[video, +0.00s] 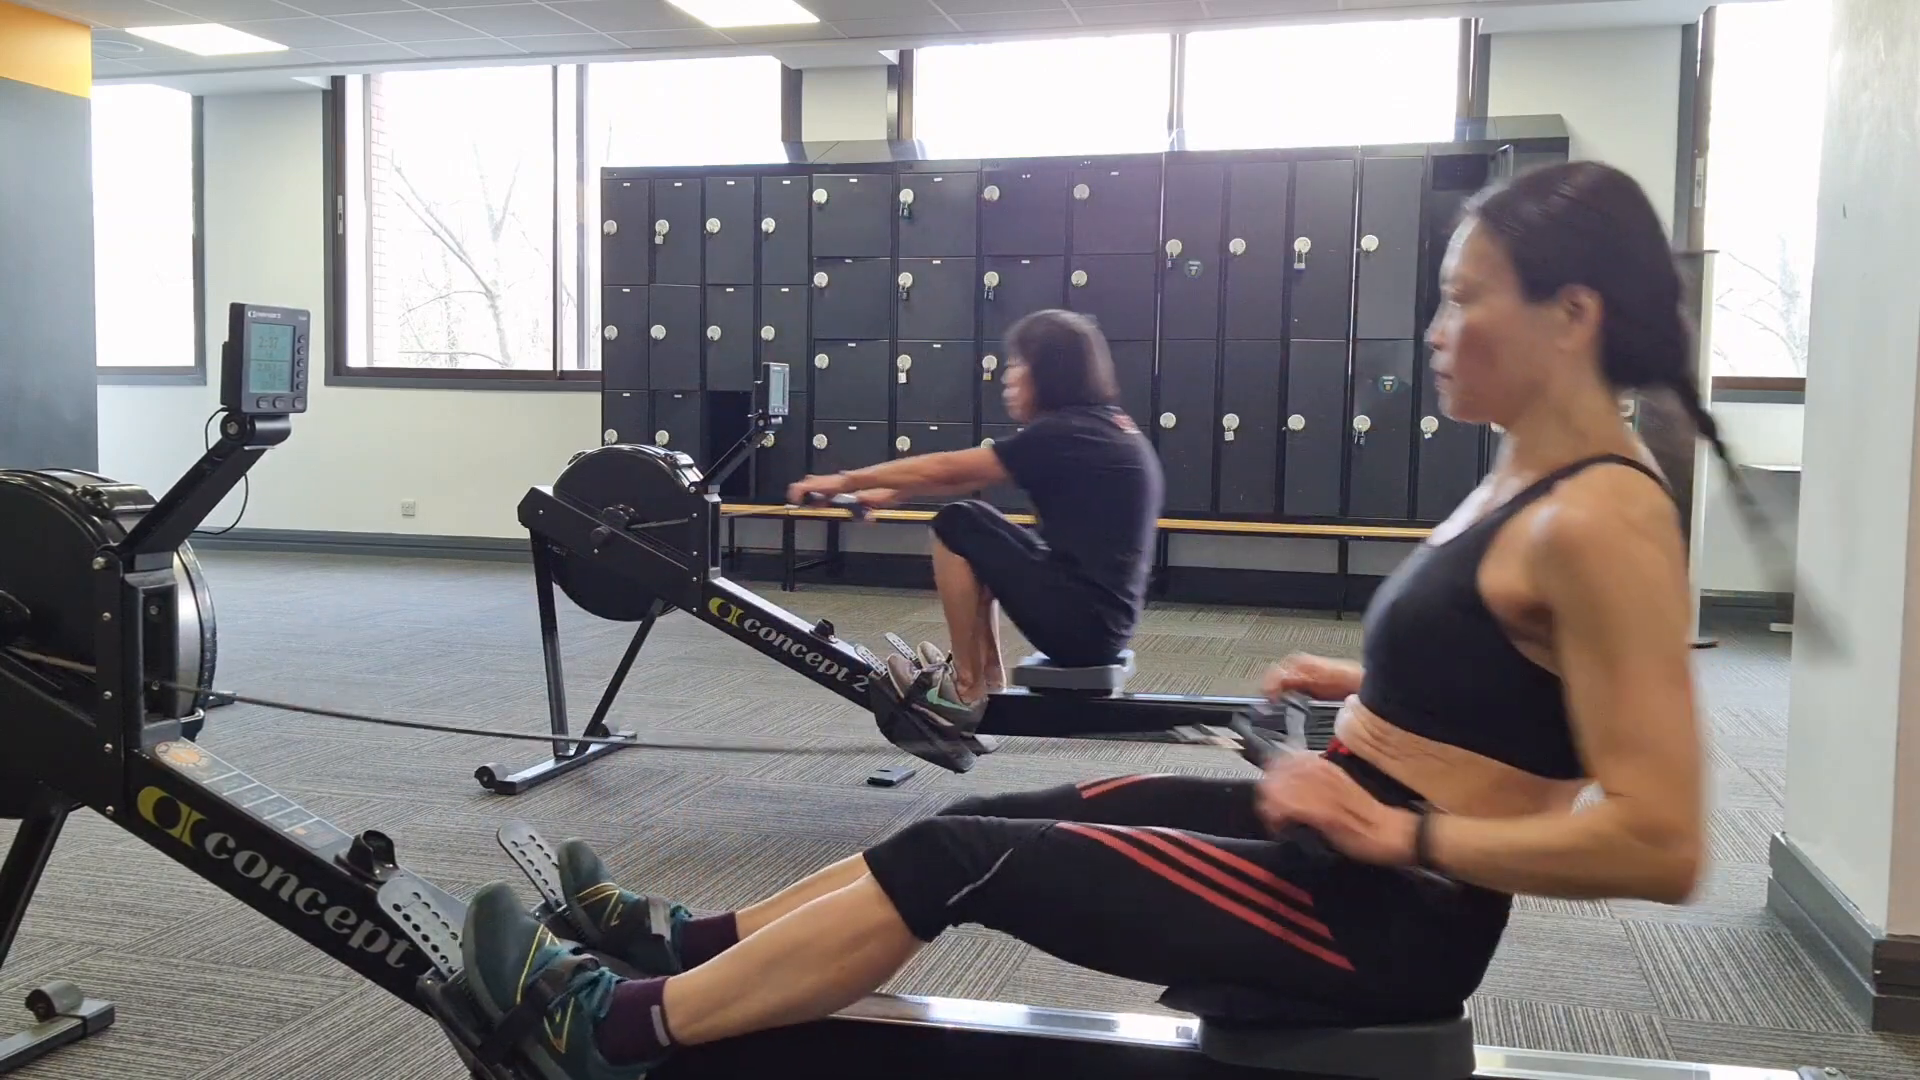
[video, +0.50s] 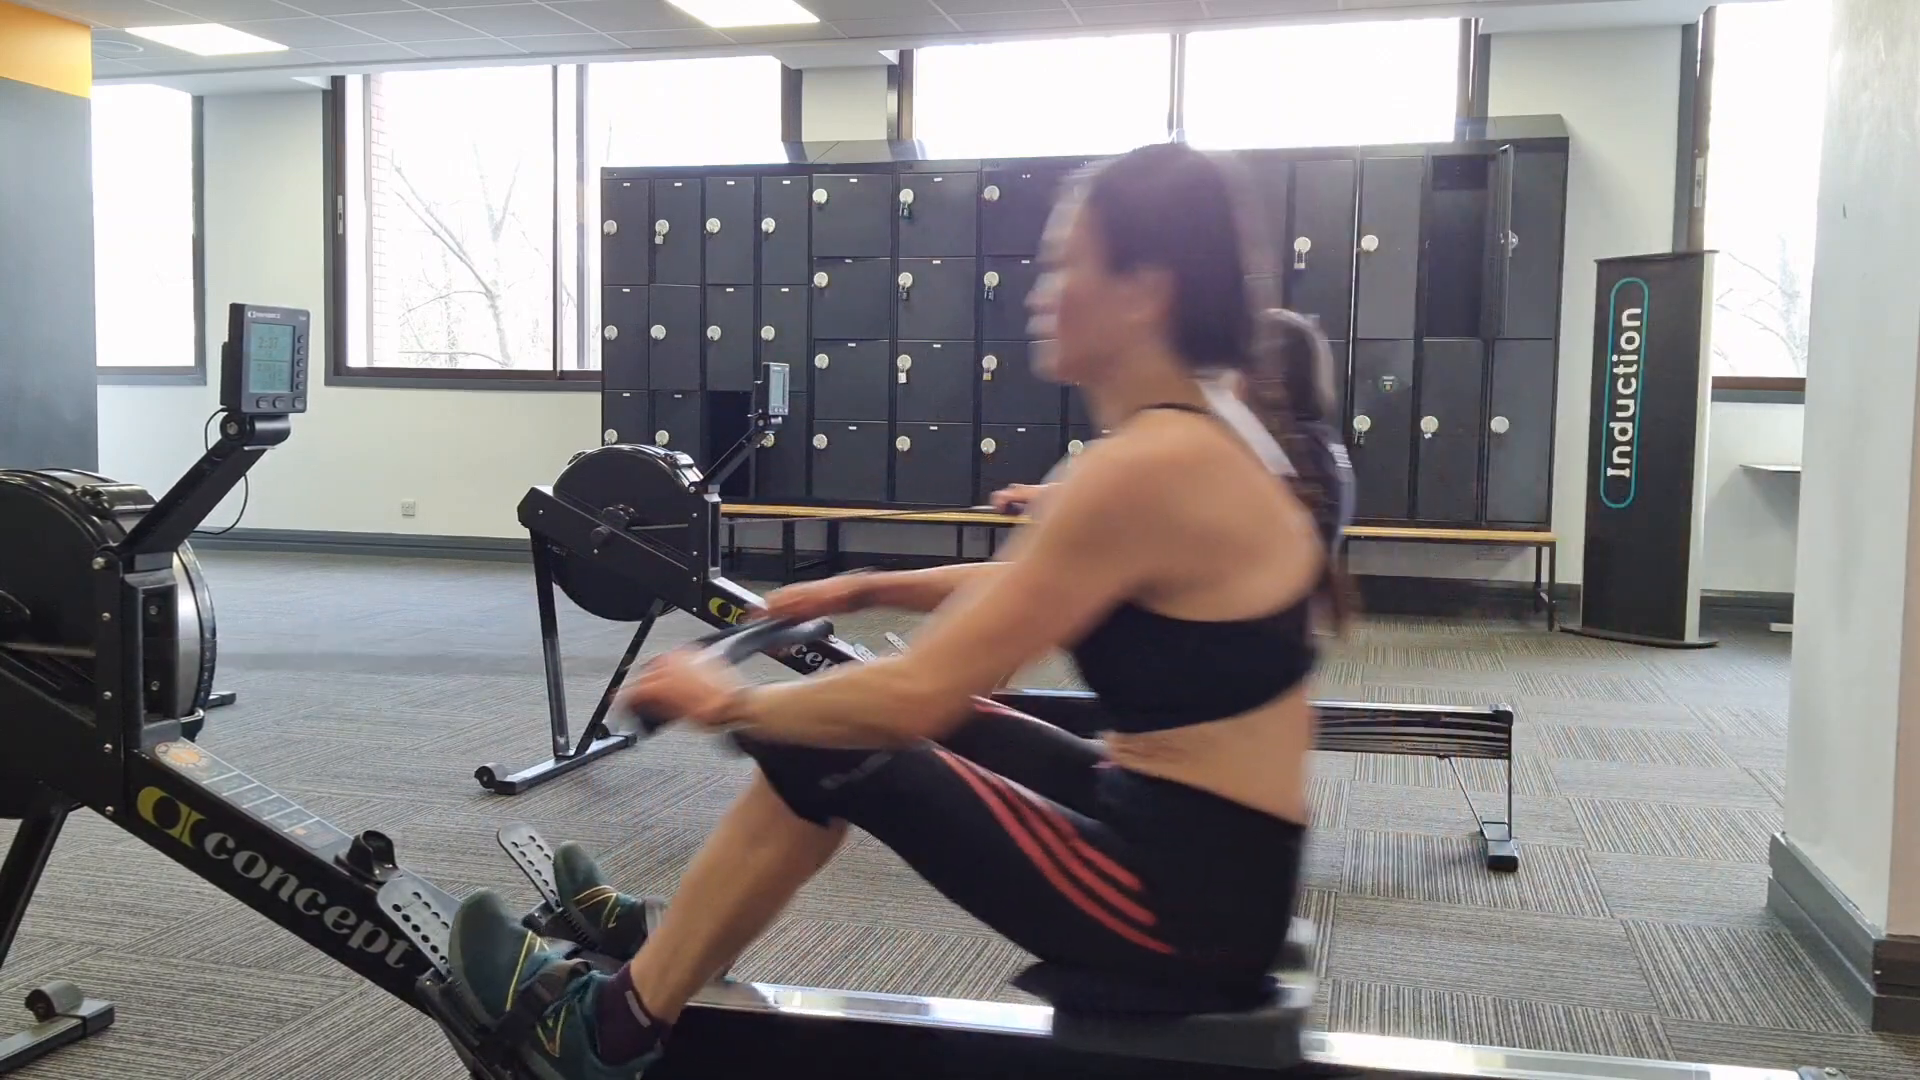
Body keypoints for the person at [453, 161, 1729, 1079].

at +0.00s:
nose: (1438, 332)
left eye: (1464, 303)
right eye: (1444, 303)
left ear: (1573, 319)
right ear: (1554, 324)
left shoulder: (1600, 519)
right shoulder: (1537, 486)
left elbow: (1661, 843)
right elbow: (1548, 754)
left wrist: (1397, 837)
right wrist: (1368, 697)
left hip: (1377, 912)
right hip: (1350, 842)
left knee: (962, 852)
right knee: (965, 827)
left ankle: (622, 1034)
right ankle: (671, 960)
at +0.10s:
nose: (1383, 315)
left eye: (1412, 284)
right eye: (1391, 283)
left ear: (1520, 302)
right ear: (1490, 305)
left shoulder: (1551, 501)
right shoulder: (1480, 474)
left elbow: (1534, 820)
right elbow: (1431, 698)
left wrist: (1277, 778)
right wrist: (1279, 644)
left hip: (1367, 919)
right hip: (1334, 853)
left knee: (950, 839)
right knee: (957, 808)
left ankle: (613, 1037)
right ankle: (697, 948)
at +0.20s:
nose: (1312, 301)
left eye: (1341, 267)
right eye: (1318, 270)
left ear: (1446, 287)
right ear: (1419, 289)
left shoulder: (1470, 483)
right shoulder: (1420, 464)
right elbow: (1348, 679)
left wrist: (1154, 732)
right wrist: (1208, 613)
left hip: (1339, 916)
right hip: (1306, 856)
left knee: (937, 816)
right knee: (963, 770)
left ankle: (632, 1035)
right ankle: (698, 956)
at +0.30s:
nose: (1228, 288)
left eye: (1255, 258)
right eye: (1235, 258)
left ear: (1351, 283)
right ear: (1333, 286)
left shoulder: (1366, 469)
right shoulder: (1355, 455)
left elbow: (1207, 754)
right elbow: (1216, 659)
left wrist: (992, 674)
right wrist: (1075, 588)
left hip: (1291, 912)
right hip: (1272, 870)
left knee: (915, 788)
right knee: (931, 748)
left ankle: (641, 1026)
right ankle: (696, 967)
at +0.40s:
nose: (1134, 290)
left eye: (1160, 261)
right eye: (1142, 261)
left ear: (1249, 283)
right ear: (1244, 287)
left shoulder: (1248, 469)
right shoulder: (1268, 446)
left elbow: (1049, 717)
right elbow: (1163, 601)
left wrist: (855, 673)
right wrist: (981, 572)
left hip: (1245, 902)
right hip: (1248, 860)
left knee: (872, 765)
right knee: (891, 750)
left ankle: (636, 1021)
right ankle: (680, 977)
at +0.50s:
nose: (1037, 297)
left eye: (1060, 269)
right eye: (1044, 269)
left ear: (1149, 292)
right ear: (1145, 296)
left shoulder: (1143, 471)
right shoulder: (1204, 435)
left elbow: (909, 705)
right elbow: (1047, 591)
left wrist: (727, 700)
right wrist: (866, 588)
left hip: (1179, 898)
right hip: (1196, 831)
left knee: (833, 746)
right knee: (871, 699)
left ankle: (624, 1017)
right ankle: (666, 954)